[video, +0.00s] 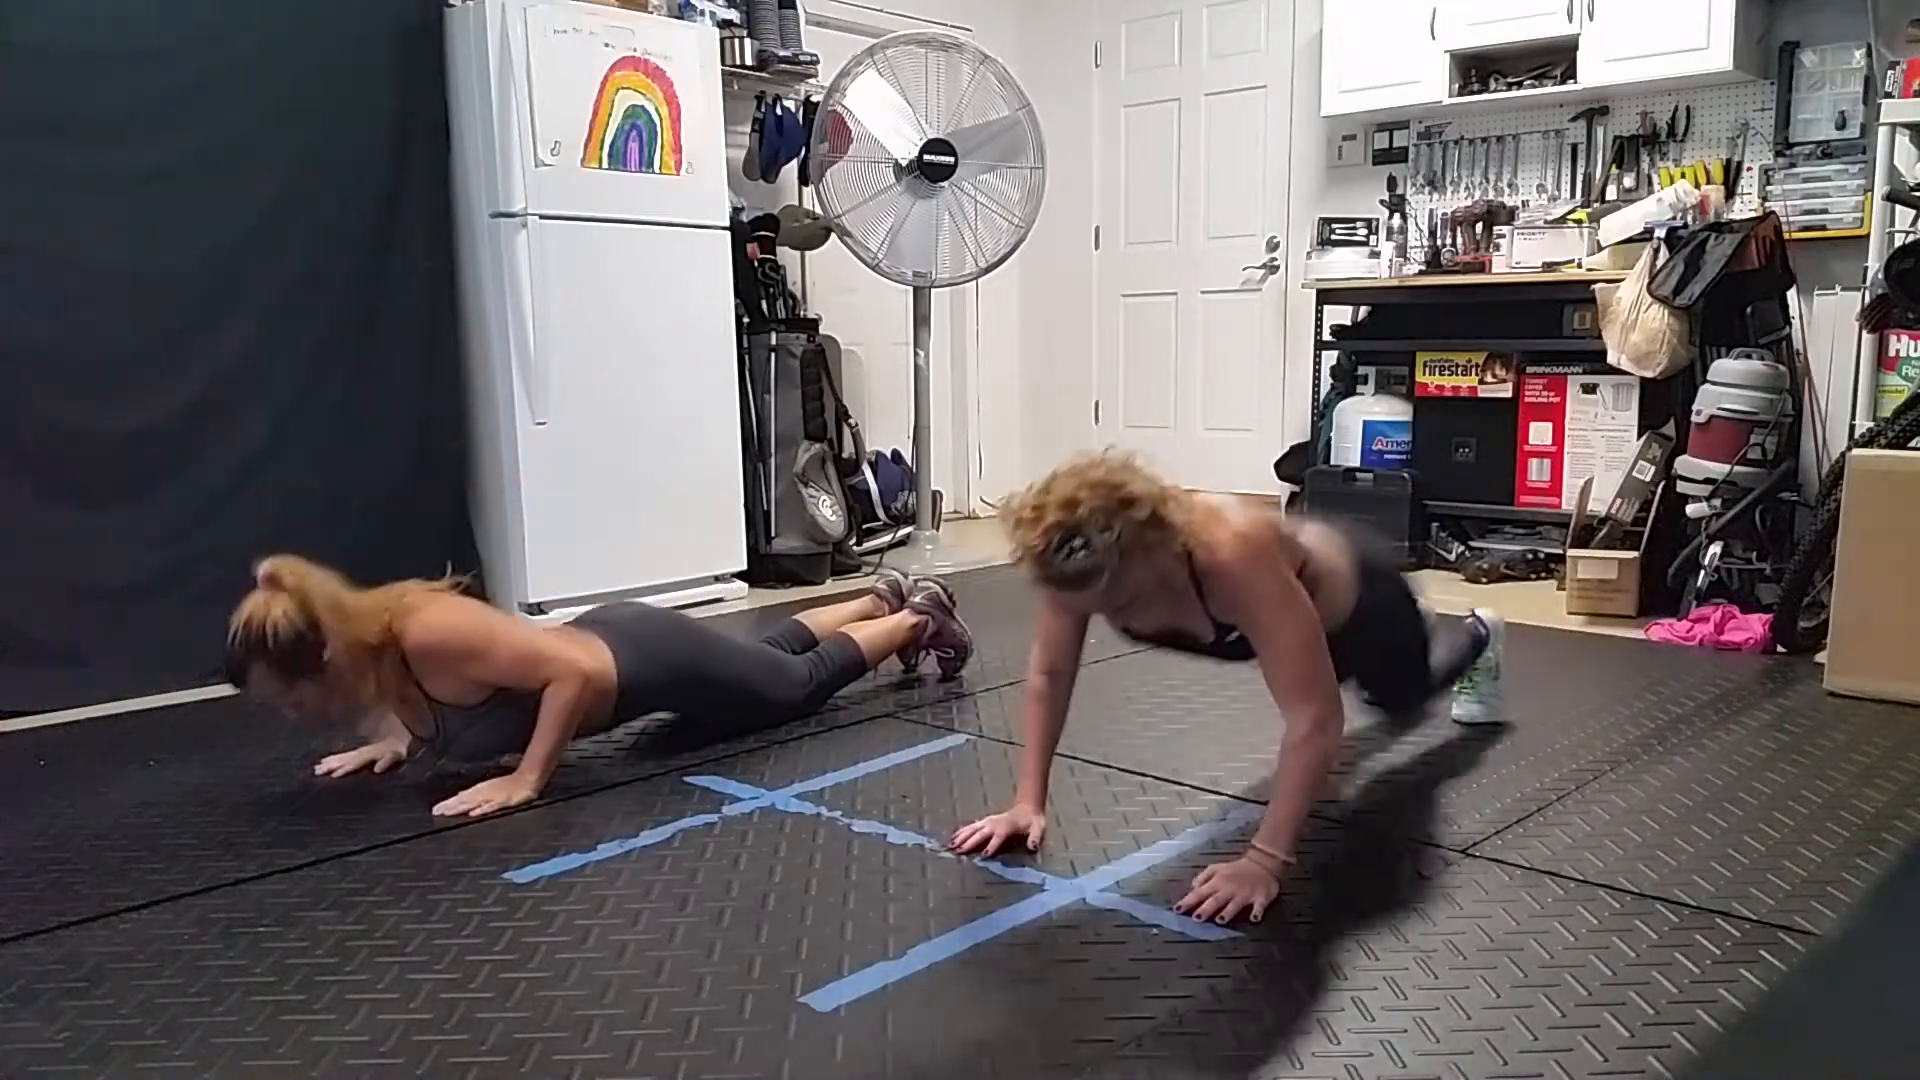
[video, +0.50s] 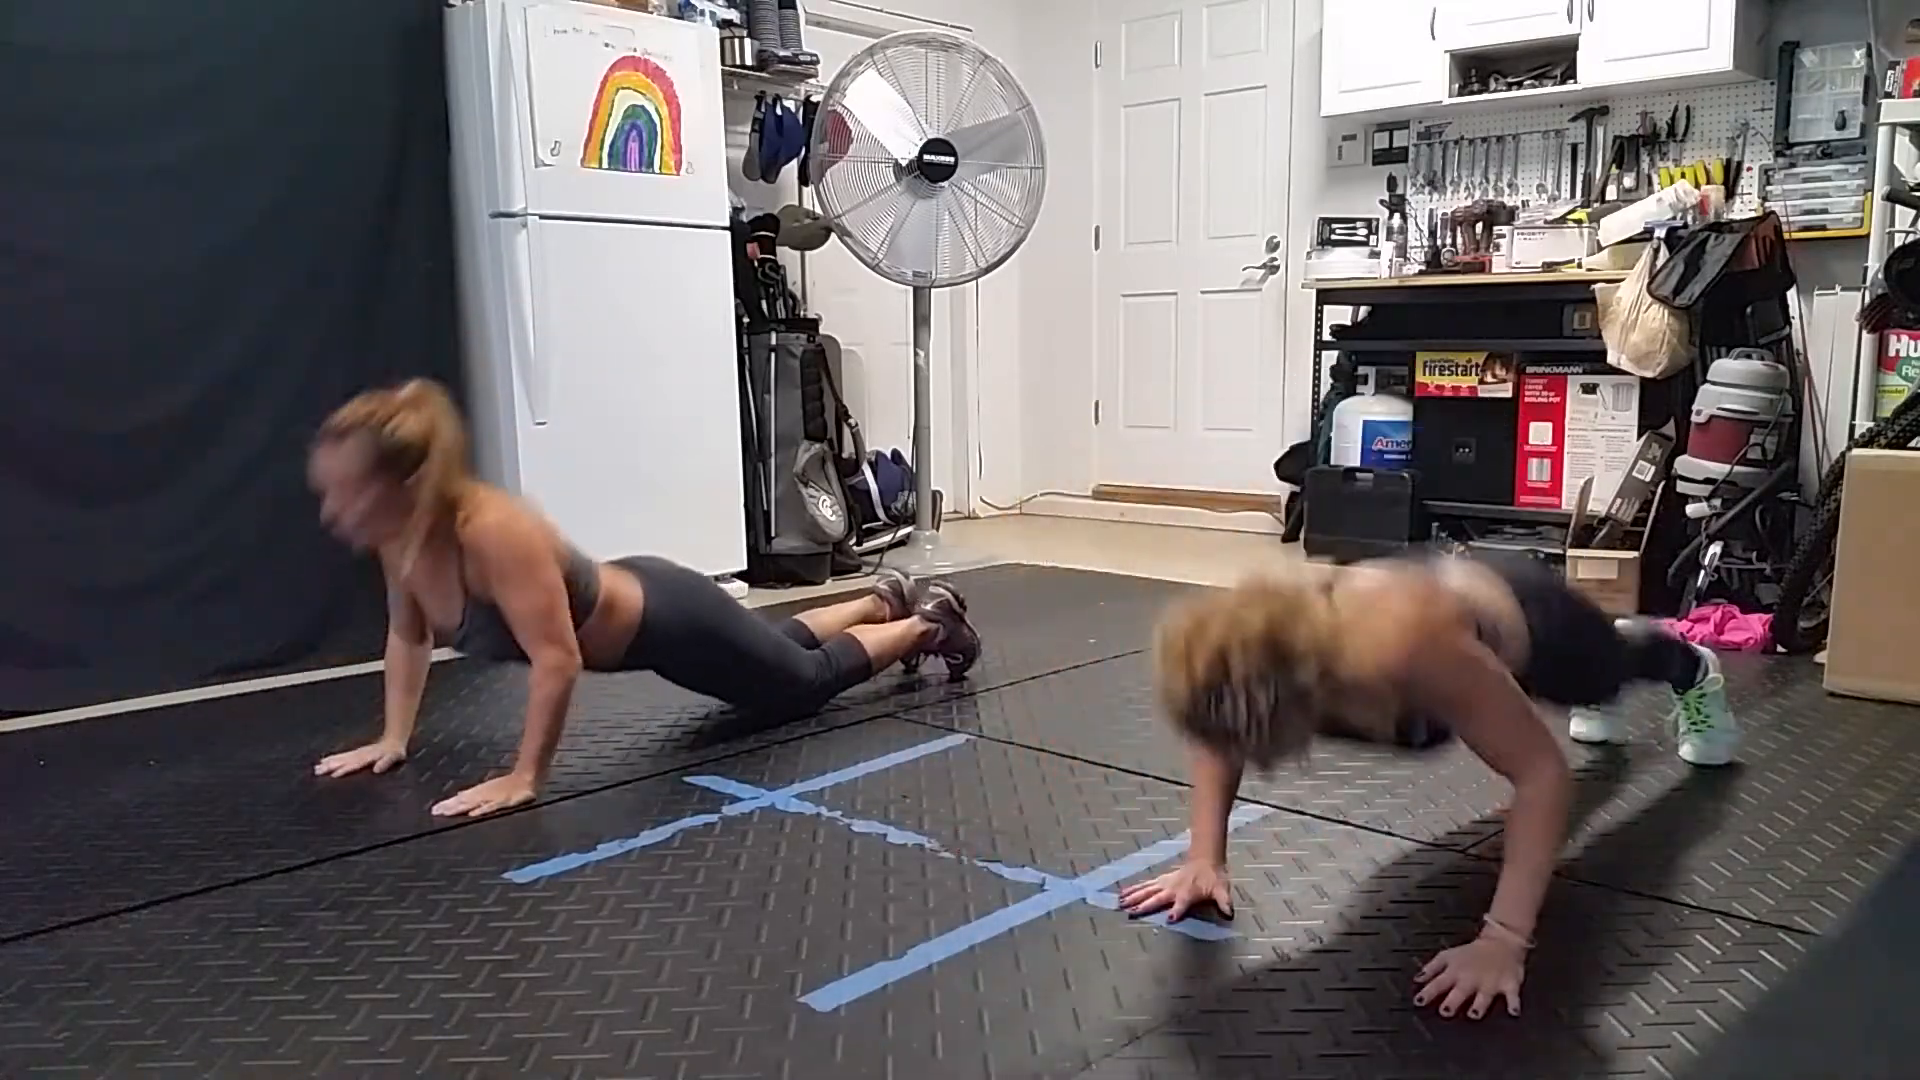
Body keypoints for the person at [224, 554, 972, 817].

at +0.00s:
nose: (296, 716)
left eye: (291, 699)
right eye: (282, 706)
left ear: (322, 662)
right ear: (318, 658)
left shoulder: (430, 638)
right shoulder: (370, 644)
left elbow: (580, 667)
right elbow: (425, 681)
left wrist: (525, 779)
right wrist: (400, 734)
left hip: (651, 660)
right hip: (607, 638)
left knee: (806, 681)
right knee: (761, 644)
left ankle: (914, 620)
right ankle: (871, 599)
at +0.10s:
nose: (301, 726)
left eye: (295, 711)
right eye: (288, 719)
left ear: (320, 672)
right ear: (314, 667)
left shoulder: (427, 646)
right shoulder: (374, 650)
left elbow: (578, 671)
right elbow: (448, 690)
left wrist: (525, 779)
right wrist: (401, 741)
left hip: (649, 672)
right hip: (611, 645)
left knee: (810, 679)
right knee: (767, 646)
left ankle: (915, 620)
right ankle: (880, 600)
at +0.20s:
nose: (289, 699)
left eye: (290, 685)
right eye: (275, 689)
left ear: (325, 647)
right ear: (318, 641)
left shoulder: (434, 634)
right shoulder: (371, 625)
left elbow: (581, 666)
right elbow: (405, 669)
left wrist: (524, 777)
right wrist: (397, 734)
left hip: (650, 660)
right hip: (608, 634)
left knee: (808, 679)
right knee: (766, 642)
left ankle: (916, 623)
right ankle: (876, 598)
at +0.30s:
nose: (289, 657)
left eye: (289, 641)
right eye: (280, 644)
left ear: (330, 609)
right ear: (327, 600)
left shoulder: (446, 602)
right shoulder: (387, 603)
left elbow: (574, 671)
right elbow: (404, 666)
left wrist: (522, 779)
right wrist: (394, 738)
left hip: (658, 646)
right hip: (617, 627)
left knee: (807, 672)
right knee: (763, 645)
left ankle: (920, 622)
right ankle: (878, 601)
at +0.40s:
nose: (298, 585)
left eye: (302, 568)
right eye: (290, 569)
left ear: (354, 544)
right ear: (345, 547)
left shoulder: (464, 562)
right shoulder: (391, 572)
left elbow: (568, 666)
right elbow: (405, 643)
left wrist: (522, 779)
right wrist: (393, 739)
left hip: (661, 633)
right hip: (622, 612)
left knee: (809, 684)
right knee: (773, 643)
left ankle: (923, 623)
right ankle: (885, 598)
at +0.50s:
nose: (326, 511)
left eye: (338, 494)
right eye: (322, 495)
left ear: (397, 482)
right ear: (376, 487)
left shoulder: (493, 530)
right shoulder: (399, 538)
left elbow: (556, 659)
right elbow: (409, 638)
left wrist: (524, 777)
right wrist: (394, 739)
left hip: (674, 623)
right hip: (632, 606)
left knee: (807, 680)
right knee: (773, 643)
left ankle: (924, 627)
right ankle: (878, 598)